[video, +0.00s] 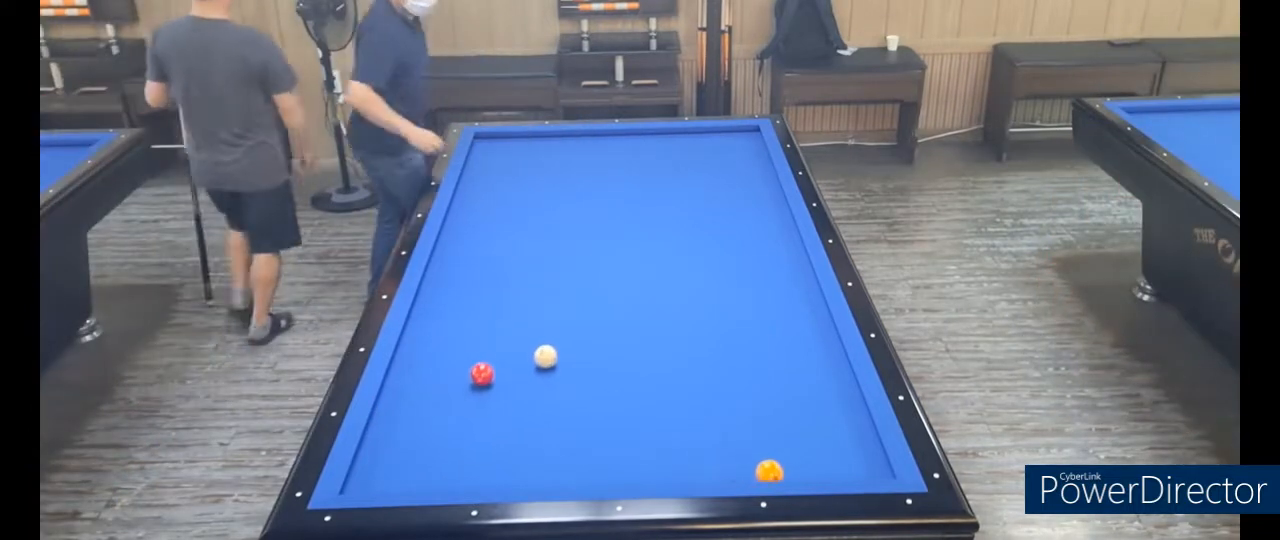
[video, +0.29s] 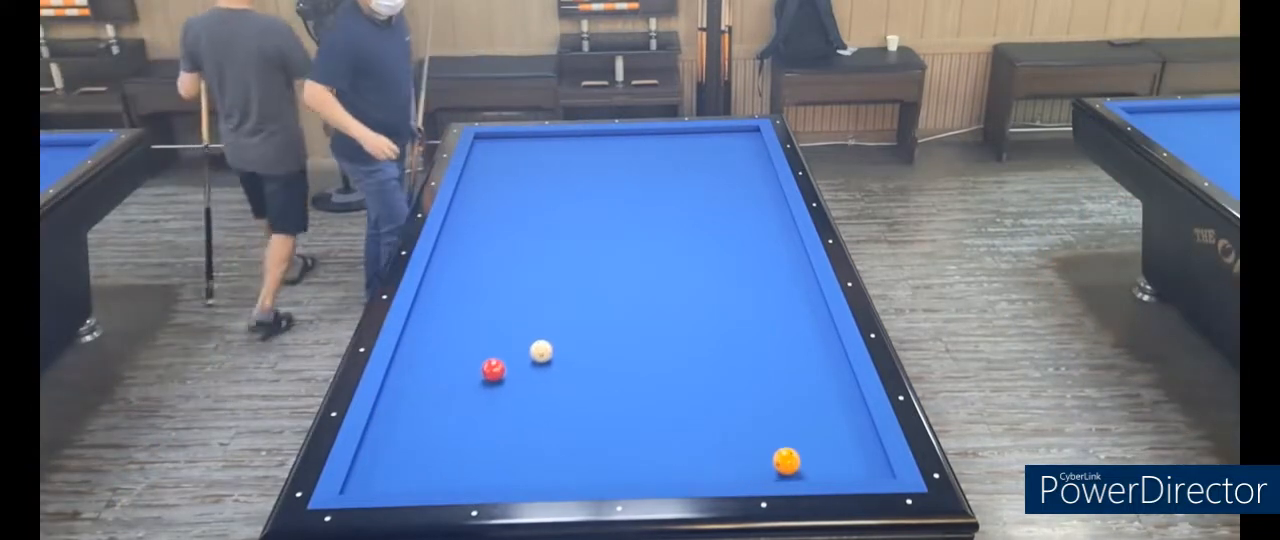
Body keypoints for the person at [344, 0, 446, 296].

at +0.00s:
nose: (429, 2)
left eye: (428, 1)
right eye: (423, 0)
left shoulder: (407, 19)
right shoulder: (382, 28)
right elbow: (358, 93)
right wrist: (412, 132)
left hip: (400, 144)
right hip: (386, 149)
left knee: (391, 223)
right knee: (428, 219)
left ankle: (381, 295)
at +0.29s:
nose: (394, 3)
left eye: (396, 3)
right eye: (386, 2)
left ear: (398, 4)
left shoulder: (395, 20)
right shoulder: (345, 30)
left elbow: (400, 80)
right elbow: (314, 93)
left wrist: (411, 125)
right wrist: (365, 136)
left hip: (394, 147)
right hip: (365, 155)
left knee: (381, 228)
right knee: (398, 228)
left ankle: (378, 300)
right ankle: (390, 304)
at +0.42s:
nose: (379, 9)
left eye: (383, 6)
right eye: (371, 6)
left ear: (388, 2)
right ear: (349, 0)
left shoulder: (387, 19)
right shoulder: (328, 33)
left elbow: (393, 79)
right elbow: (301, 100)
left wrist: (407, 123)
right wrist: (351, 142)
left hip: (389, 155)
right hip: (355, 162)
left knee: (389, 241)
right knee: (376, 249)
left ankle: (386, 324)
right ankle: (365, 334)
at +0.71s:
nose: (348, 8)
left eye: (353, 2)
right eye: (337, 3)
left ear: (359, 1)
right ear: (314, 4)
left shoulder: (360, 27)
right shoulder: (294, 48)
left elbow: (379, 82)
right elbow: (270, 117)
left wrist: (399, 134)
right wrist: (326, 145)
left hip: (370, 175)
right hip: (334, 184)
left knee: (386, 250)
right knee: (355, 267)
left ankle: (385, 333)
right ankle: (351, 348)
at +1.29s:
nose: (315, 9)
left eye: (321, 1)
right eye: (303, 3)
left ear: (330, 0)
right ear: (282, 6)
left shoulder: (346, 31)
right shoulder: (262, 51)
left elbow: (379, 86)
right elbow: (270, 127)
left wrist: (370, 117)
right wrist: (323, 110)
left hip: (358, 174)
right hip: (313, 183)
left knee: (363, 261)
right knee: (332, 271)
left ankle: (364, 332)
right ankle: (343, 347)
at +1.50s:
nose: (319, 8)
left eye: (324, 1)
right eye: (307, 3)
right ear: (284, 5)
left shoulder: (347, 28)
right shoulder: (263, 49)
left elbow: (379, 85)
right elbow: (271, 125)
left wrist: (368, 112)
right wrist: (326, 109)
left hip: (358, 173)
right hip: (313, 182)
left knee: (361, 261)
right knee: (331, 270)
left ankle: (358, 329)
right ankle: (342, 346)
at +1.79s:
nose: (323, 6)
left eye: (328, 1)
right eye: (312, 2)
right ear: (287, 3)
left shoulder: (350, 26)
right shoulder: (266, 47)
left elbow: (381, 80)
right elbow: (277, 120)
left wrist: (373, 105)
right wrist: (333, 100)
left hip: (359, 169)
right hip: (317, 178)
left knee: (363, 259)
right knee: (341, 265)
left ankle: (357, 331)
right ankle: (343, 344)